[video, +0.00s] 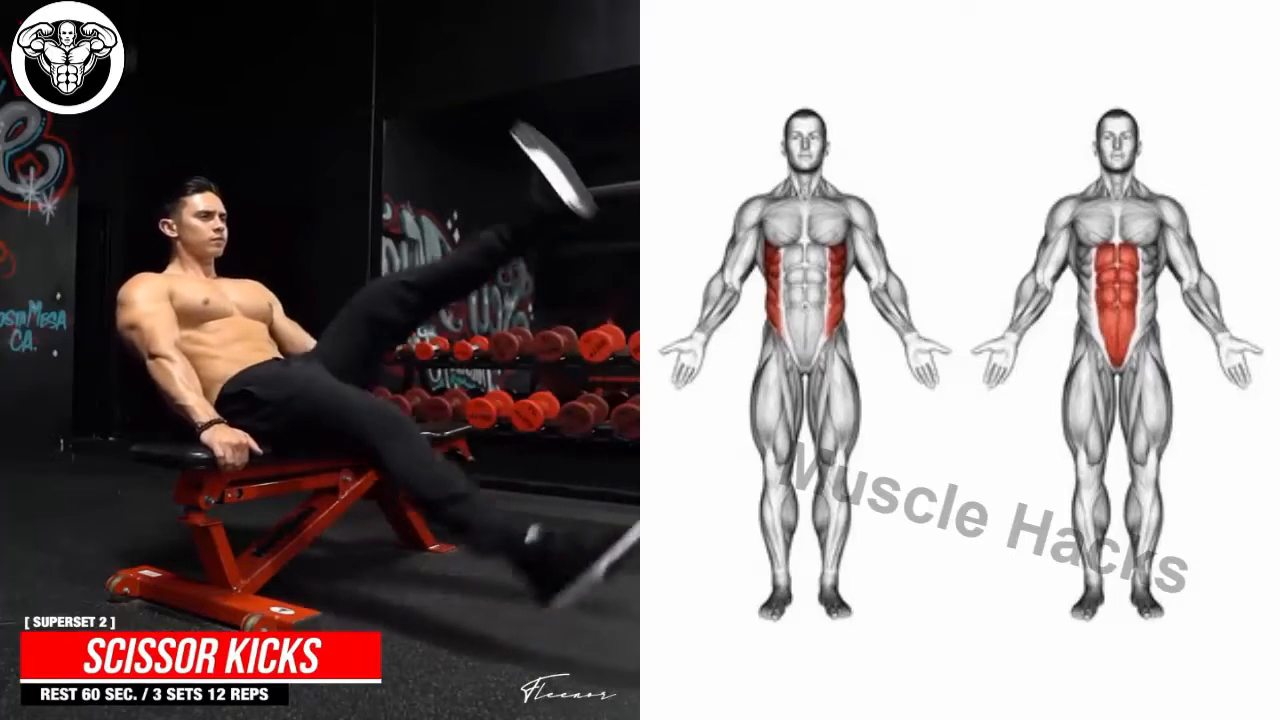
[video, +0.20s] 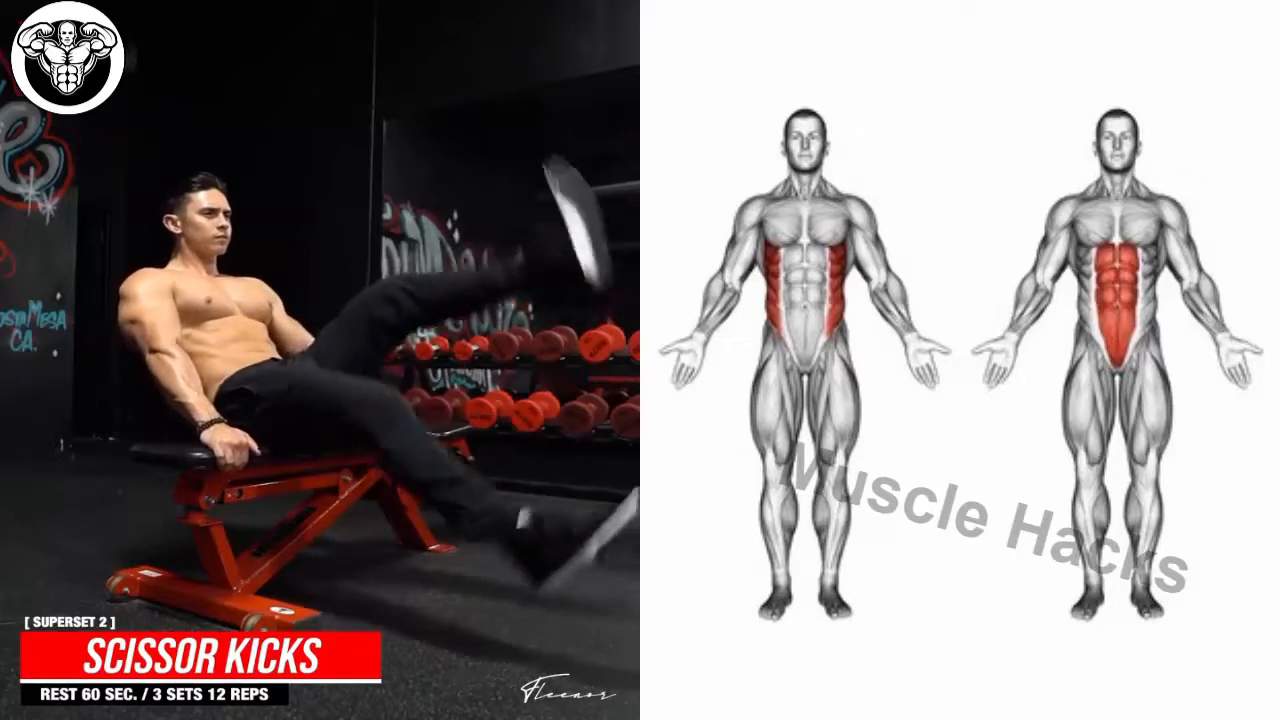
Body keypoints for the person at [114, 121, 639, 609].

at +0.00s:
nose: (218, 225)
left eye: (221, 217)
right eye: (204, 216)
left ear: (225, 229)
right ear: (170, 228)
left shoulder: (254, 292)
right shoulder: (145, 291)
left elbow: (316, 355)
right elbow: (163, 358)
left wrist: (370, 395)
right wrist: (208, 425)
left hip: (303, 376)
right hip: (251, 392)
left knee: (387, 296)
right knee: (381, 417)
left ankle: (536, 221)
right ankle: (528, 548)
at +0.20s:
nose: (222, 226)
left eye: (226, 216)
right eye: (208, 216)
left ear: (228, 223)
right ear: (175, 223)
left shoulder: (255, 290)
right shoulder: (148, 284)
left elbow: (316, 353)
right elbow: (165, 356)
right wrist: (209, 423)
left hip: (300, 381)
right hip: (247, 396)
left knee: (387, 298)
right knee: (379, 404)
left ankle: (539, 265)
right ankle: (520, 536)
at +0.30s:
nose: (215, 223)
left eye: (219, 214)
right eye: (201, 214)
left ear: (223, 225)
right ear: (169, 225)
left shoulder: (253, 289)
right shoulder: (145, 287)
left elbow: (315, 353)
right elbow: (166, 358)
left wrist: (365, 408)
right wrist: (210, 422)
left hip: (299, 383)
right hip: (243, 397)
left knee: (416, 324)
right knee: (372, 357)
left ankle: (561, 363)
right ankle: (537, 441)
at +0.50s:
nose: (215, 221)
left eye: (218, 211)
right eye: (200, 212)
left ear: (223, 220)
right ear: (168, 223)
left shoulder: (258, 284)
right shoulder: (147, 286)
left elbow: (310, 341)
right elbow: (166, 357)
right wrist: (211, 423)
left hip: (311, 397)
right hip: (248, 396)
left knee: (435, 425)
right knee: (341, 293)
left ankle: (560, 562)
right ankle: (516, 247)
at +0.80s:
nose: (210, 227)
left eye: (214, 218)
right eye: (195, 218)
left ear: (218, 229)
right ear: (162, 231)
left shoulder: (250, 290)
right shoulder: (142, 294)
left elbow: (306, 349)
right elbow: (163, 361)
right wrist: (208, 425)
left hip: (298, 395)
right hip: (237, 395)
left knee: (432, 396)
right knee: (348, 329)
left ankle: (573, 492)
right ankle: (528, 350)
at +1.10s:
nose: (215, 227)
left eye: (218, 217)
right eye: (201, 218)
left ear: (221, 226)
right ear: (169, 229)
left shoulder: (256, 289)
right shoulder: (150, 290)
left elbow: (315, 354)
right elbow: (170, 359)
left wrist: (349, 400)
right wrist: (209, 422)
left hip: (305, 377)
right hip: (255, 389)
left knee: (388, 296)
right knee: (377, 442)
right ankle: (507, 589)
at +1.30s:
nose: (226, 226)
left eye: (230, 217)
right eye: (212, 216)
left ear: (233, 226)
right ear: (180, 226)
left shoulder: (263, 287)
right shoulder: (156, 289)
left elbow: (322, 351)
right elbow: (173, 356)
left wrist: (376, 402)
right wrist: (209, 421)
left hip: (306, 378)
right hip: (251, 395)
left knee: (390, 304)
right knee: (365, 373)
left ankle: (548, 293)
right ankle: (535, 446)